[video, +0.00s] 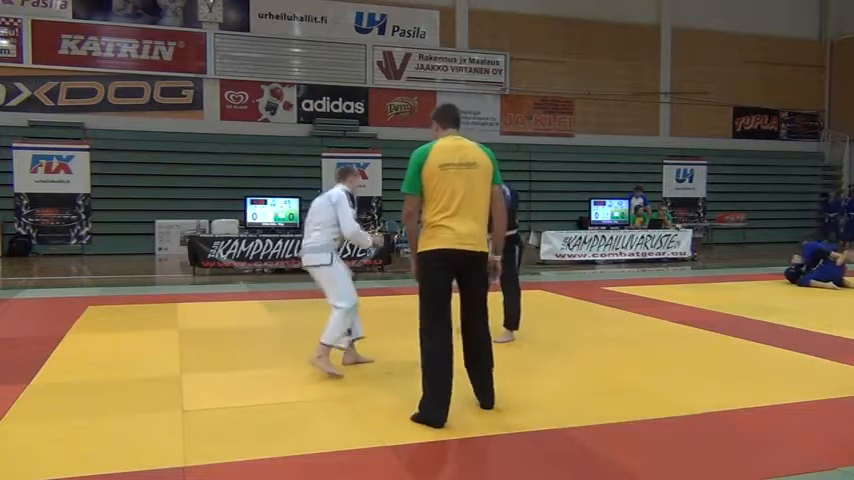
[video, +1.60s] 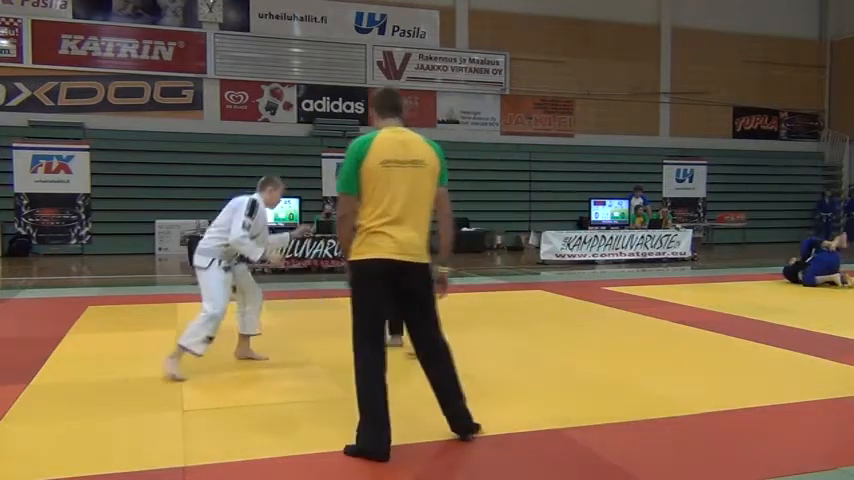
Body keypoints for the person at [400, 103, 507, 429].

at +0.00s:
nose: (431, 132)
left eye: (431, 128)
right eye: (433, 127)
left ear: (436, 126)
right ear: (459, 125)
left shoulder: (423, 155)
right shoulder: (485, 154)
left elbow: (410, 213)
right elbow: (499, 206)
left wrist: (415, 255)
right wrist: (496, 252)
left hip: (435, 251)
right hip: (474, 252)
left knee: (435, 328)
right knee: (476, 323)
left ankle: (434, 411)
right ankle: (486, 395)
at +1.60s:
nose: (367, 119)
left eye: (368, 113)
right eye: (372, 113)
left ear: (373, 113)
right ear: (404, 113)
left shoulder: (361, 147)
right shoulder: (431, 151)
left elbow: (346, 213)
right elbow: (444, 212)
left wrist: (349, 257)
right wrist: (444, 263)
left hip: (370, 264)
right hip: (415, 264)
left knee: (369, 352)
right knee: (430, 343)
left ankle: (374, 443)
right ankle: (462, 423)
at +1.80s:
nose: (350, 117)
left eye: (347, 112)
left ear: (347, 111)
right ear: (379, 110)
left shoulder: (338, 145)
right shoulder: (409, 146)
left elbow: (318, 210)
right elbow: (420, 208)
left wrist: (310, 267)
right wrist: (416, 259)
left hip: (354, 263)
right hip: (398, 262)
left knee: (359, 350)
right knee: (394, 336)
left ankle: (373, 441)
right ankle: (411, 418)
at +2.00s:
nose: (332, 117)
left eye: (329, 112)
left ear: (328, 112)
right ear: (361, 110)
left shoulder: (322, 146)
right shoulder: (391, 146)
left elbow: (301, 211)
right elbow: (404, 207)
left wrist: (292, 267)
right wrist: (398, 260)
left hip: (341, 259)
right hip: (381, 258)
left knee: (353, 348)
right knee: (357, 343)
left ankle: (373, 443)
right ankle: (344, 425)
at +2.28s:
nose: (306, 119)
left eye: (306, 115)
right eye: (310, 115)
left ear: (309, 113)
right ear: (340, 112)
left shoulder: (306, 140)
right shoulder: (367, 149)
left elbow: (292, 207)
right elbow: (375, 210)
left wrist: (286, 261)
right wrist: (368, 263)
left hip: (313, 259)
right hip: (352, 260)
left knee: (303, 338)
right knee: (338, 340)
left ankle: (346, 416)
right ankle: (338, 428)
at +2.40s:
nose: (298, 118)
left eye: (298, 113)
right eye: (304, 114)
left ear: (301, 113)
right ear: (330, 111)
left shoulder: (294, 141)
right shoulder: (357, 149)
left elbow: (280, 204)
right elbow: (364, 209)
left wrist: (272, 257)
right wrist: (355, 257)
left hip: (299, 259)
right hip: (341, 261)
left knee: (281, 336)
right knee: (333, 343)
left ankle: (300, 425)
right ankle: (338, 427)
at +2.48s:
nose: (288, 118)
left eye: (287, 112)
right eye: (291, 112)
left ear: (293, 111)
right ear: (320, 110)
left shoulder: (284, 141)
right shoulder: (349, 148)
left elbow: (266, 208)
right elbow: (358, 213)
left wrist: (260, 259)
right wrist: (342, 253)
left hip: (288, 261)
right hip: (332, 263)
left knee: (269, 346)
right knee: (330, 345)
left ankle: (264, 439)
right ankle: (338, 428)